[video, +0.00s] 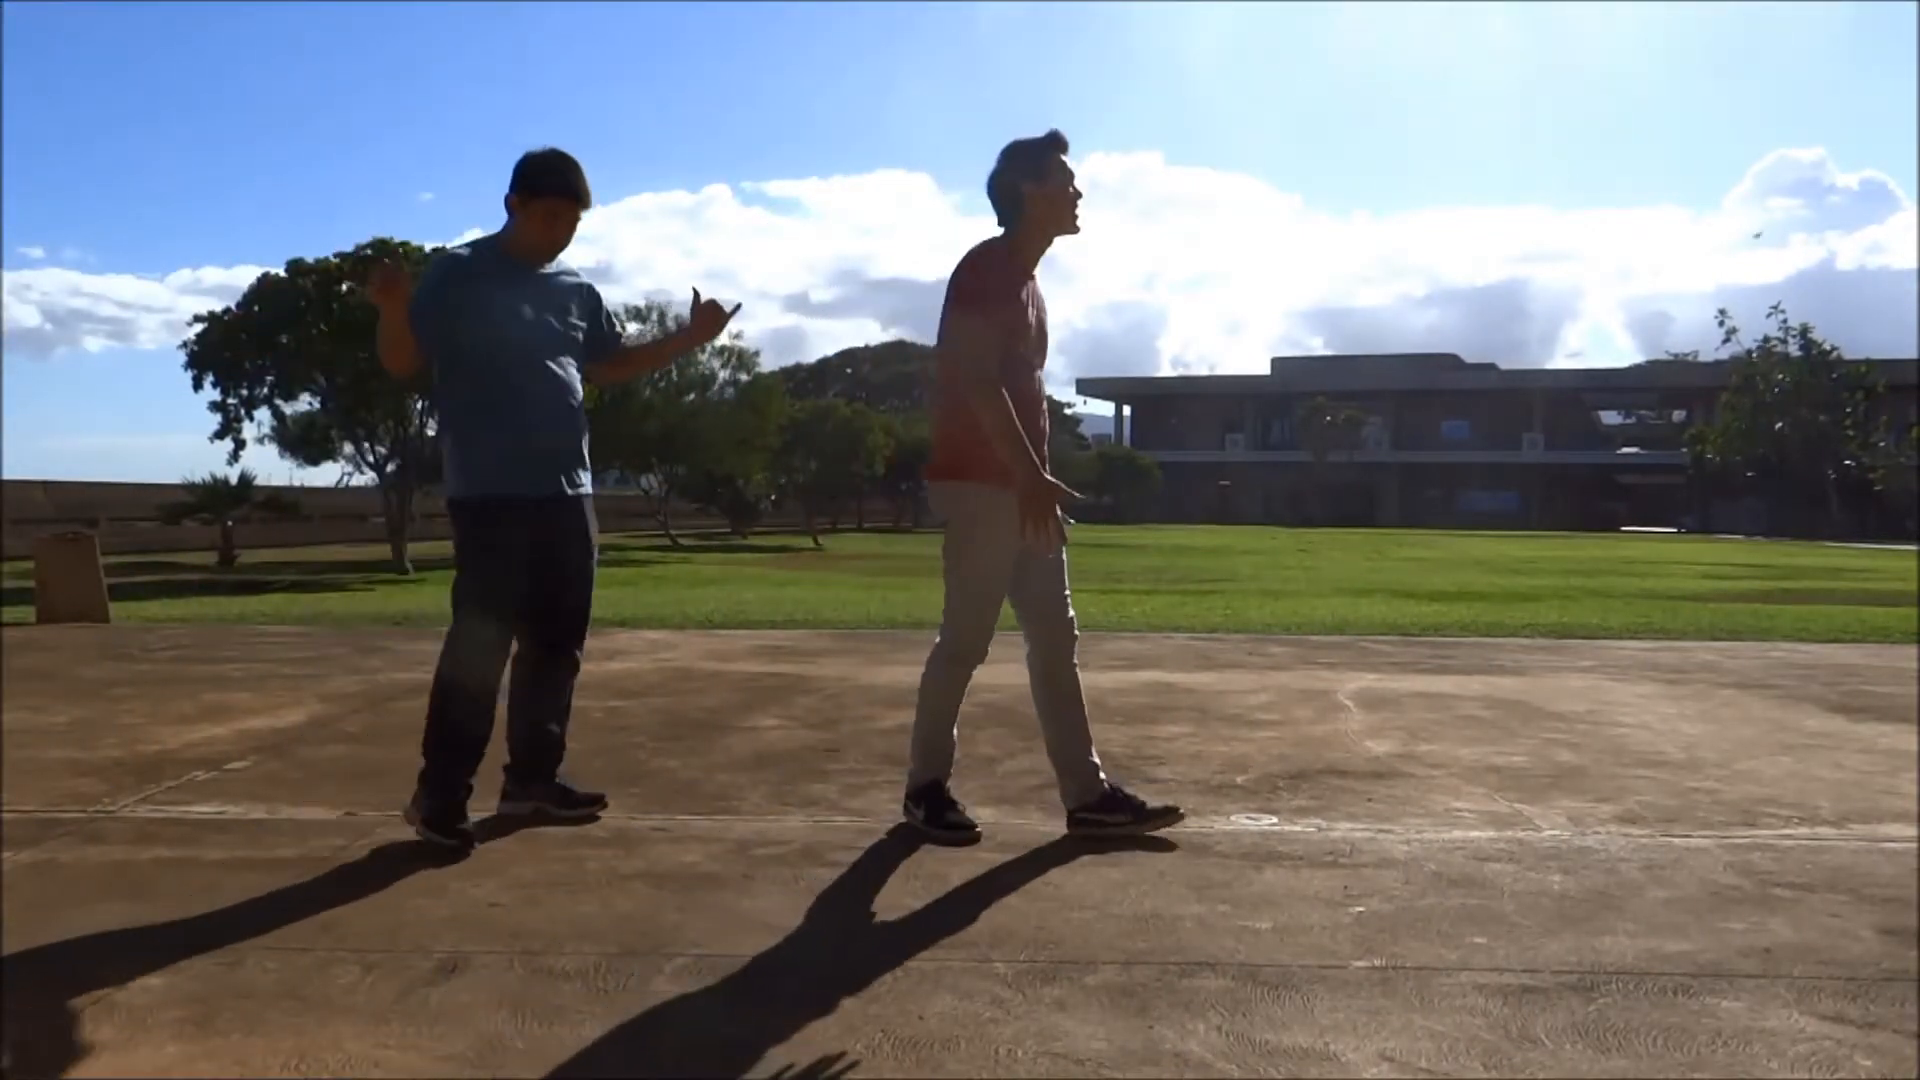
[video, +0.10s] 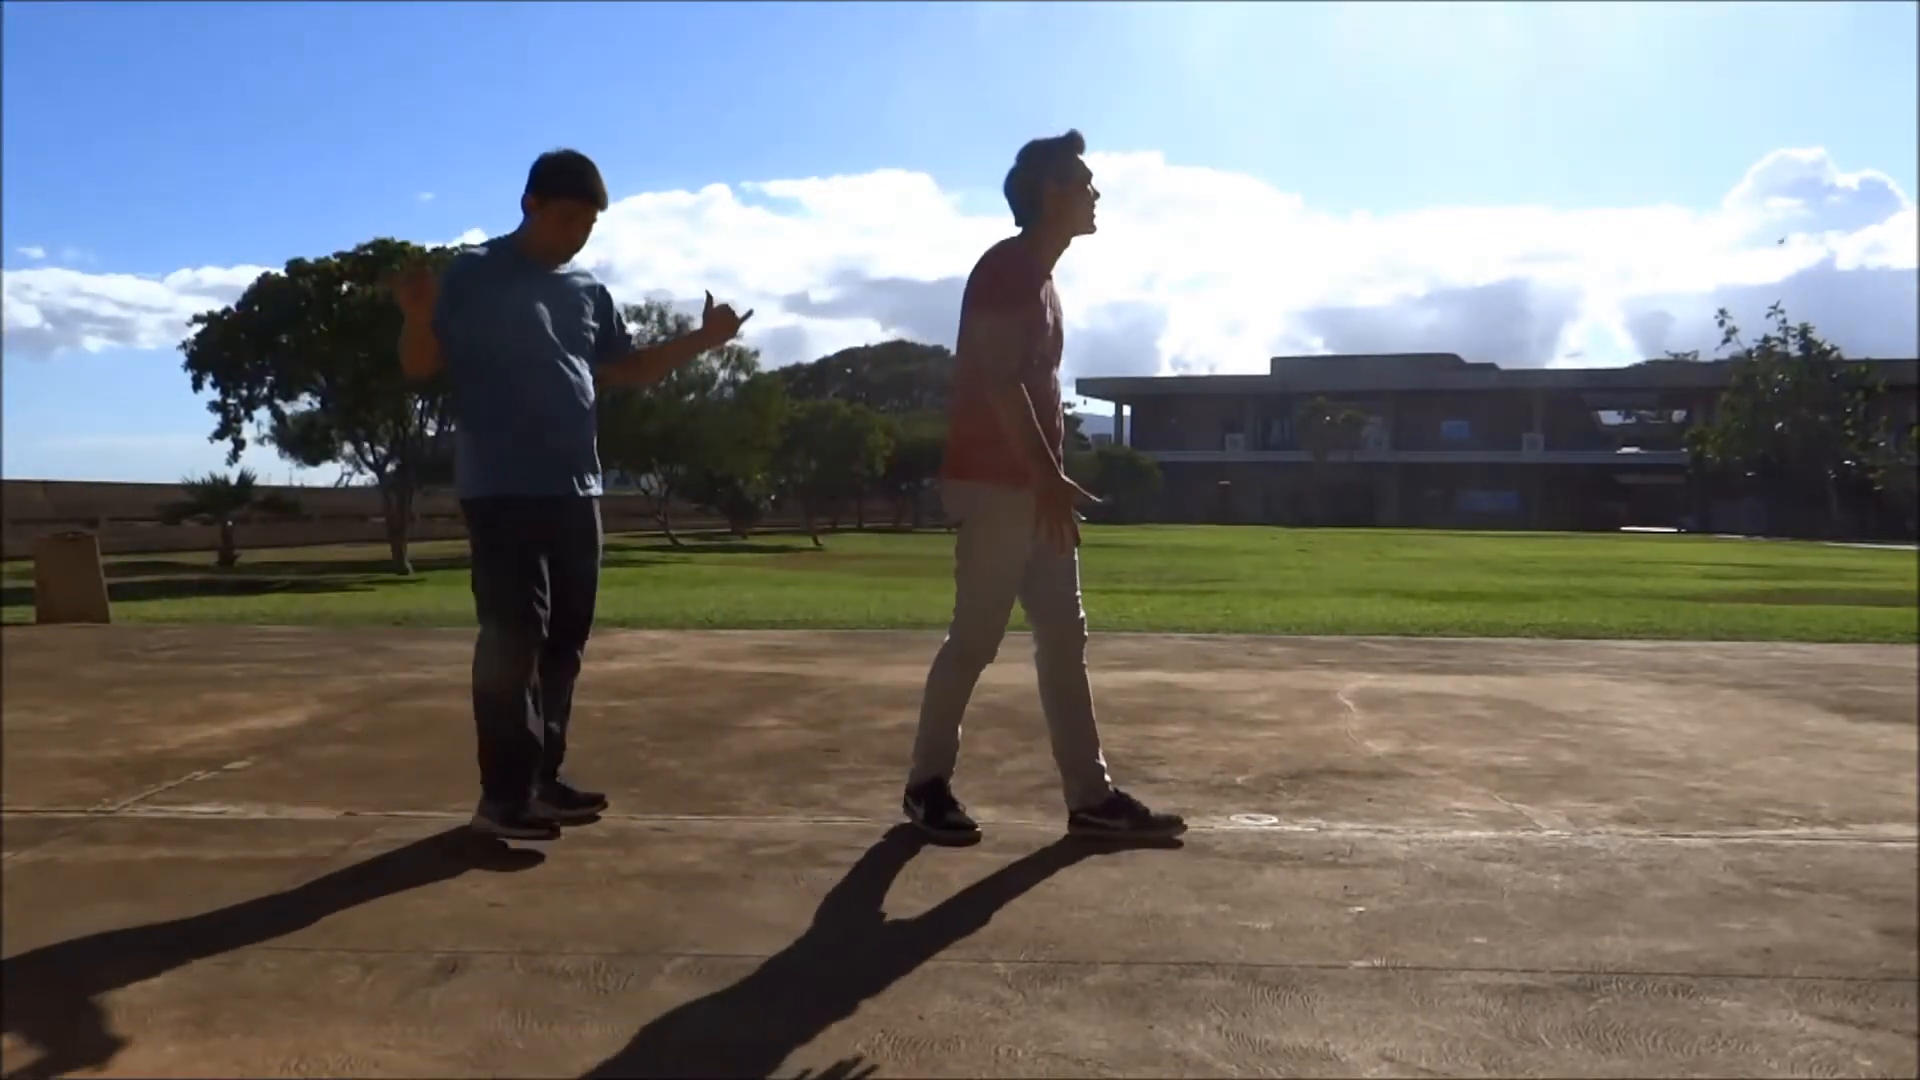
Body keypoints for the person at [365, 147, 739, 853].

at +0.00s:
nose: (569, 232)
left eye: (576, 219)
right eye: (561, 217)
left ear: (575, 217)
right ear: (522, 204)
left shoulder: (577, 294)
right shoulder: (451, 274)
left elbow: (606, 367)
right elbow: (402, 364)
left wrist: (692, 336)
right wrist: (393, 307)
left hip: (564, 491)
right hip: (486, 491)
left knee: (556, 641)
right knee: (479, 640)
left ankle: (535, 780)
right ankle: (441, 797)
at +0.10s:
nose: (586, 233)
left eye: (593, 221)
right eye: (579, 218)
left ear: (589, 218)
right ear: (538, 204)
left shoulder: (590, 293)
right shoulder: (469, 273)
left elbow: (617, 370)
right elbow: (420, 365)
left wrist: (703, 338)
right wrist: (417, 308)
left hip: (574, 488)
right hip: (500, 487)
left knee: (566, 637)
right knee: (515, 632)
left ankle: (544, 780)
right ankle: (503, 796)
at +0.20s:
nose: (600, 238)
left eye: (607, 225)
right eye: (594, 222)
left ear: (603, 220)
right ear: (552, 206)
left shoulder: (598, 291)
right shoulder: (484, 274)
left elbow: (627, 368)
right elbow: (435, 368)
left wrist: (717, 357)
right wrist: (438, 318)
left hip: (583, 486)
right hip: (514, 484)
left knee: (570, 631)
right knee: (550, 628)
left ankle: (528, 779)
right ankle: (564, 785)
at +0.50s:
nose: (646, 246)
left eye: (654, 233)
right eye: (643, 230)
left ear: (638, 225)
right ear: (603, 212)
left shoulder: (630, 293)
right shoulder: (533, 277)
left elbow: (646, 374)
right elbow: (489, 375)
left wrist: (730, 395)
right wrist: (516, 358)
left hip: (610, 492)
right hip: (556, 491)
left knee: (571, 632)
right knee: (610, 626)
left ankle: (531, 782)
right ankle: (654, 788)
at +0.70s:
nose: (682, 243)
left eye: (688, 231)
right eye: (678, 227)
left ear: (661, 218)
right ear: (637, 209)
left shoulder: (654, 286)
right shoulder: (580, 274)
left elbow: (677, 377)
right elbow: (551, 369)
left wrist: (748, 432)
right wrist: (560, 419)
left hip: (638, 491)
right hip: (599, 490)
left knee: (592, 631)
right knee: (640, 630)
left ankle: (533, 777)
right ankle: (659, 793)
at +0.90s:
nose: (723, 237)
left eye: (729, 224)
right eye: (719, 221)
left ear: (693, 211)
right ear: (675, 203)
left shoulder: (678, 276)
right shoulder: (627, 269)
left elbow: (686, 390)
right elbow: (586, 373)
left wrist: (720, 470)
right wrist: (552, 470)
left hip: (658, 490)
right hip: (630, 490)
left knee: (612, 630)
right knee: (654, 633)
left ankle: (542, 766)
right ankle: (661, 793)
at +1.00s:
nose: (741, 241)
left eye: (747, 228)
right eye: (739, 224)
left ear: (704, 211)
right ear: (697, 205)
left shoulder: (676, 272)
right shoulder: (642, 266)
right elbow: (582, 369)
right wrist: (521, 455)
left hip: (663, 490)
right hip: (642, 491)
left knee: (625, 627)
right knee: (661, 633)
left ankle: (551, 760)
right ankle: (661, 794)